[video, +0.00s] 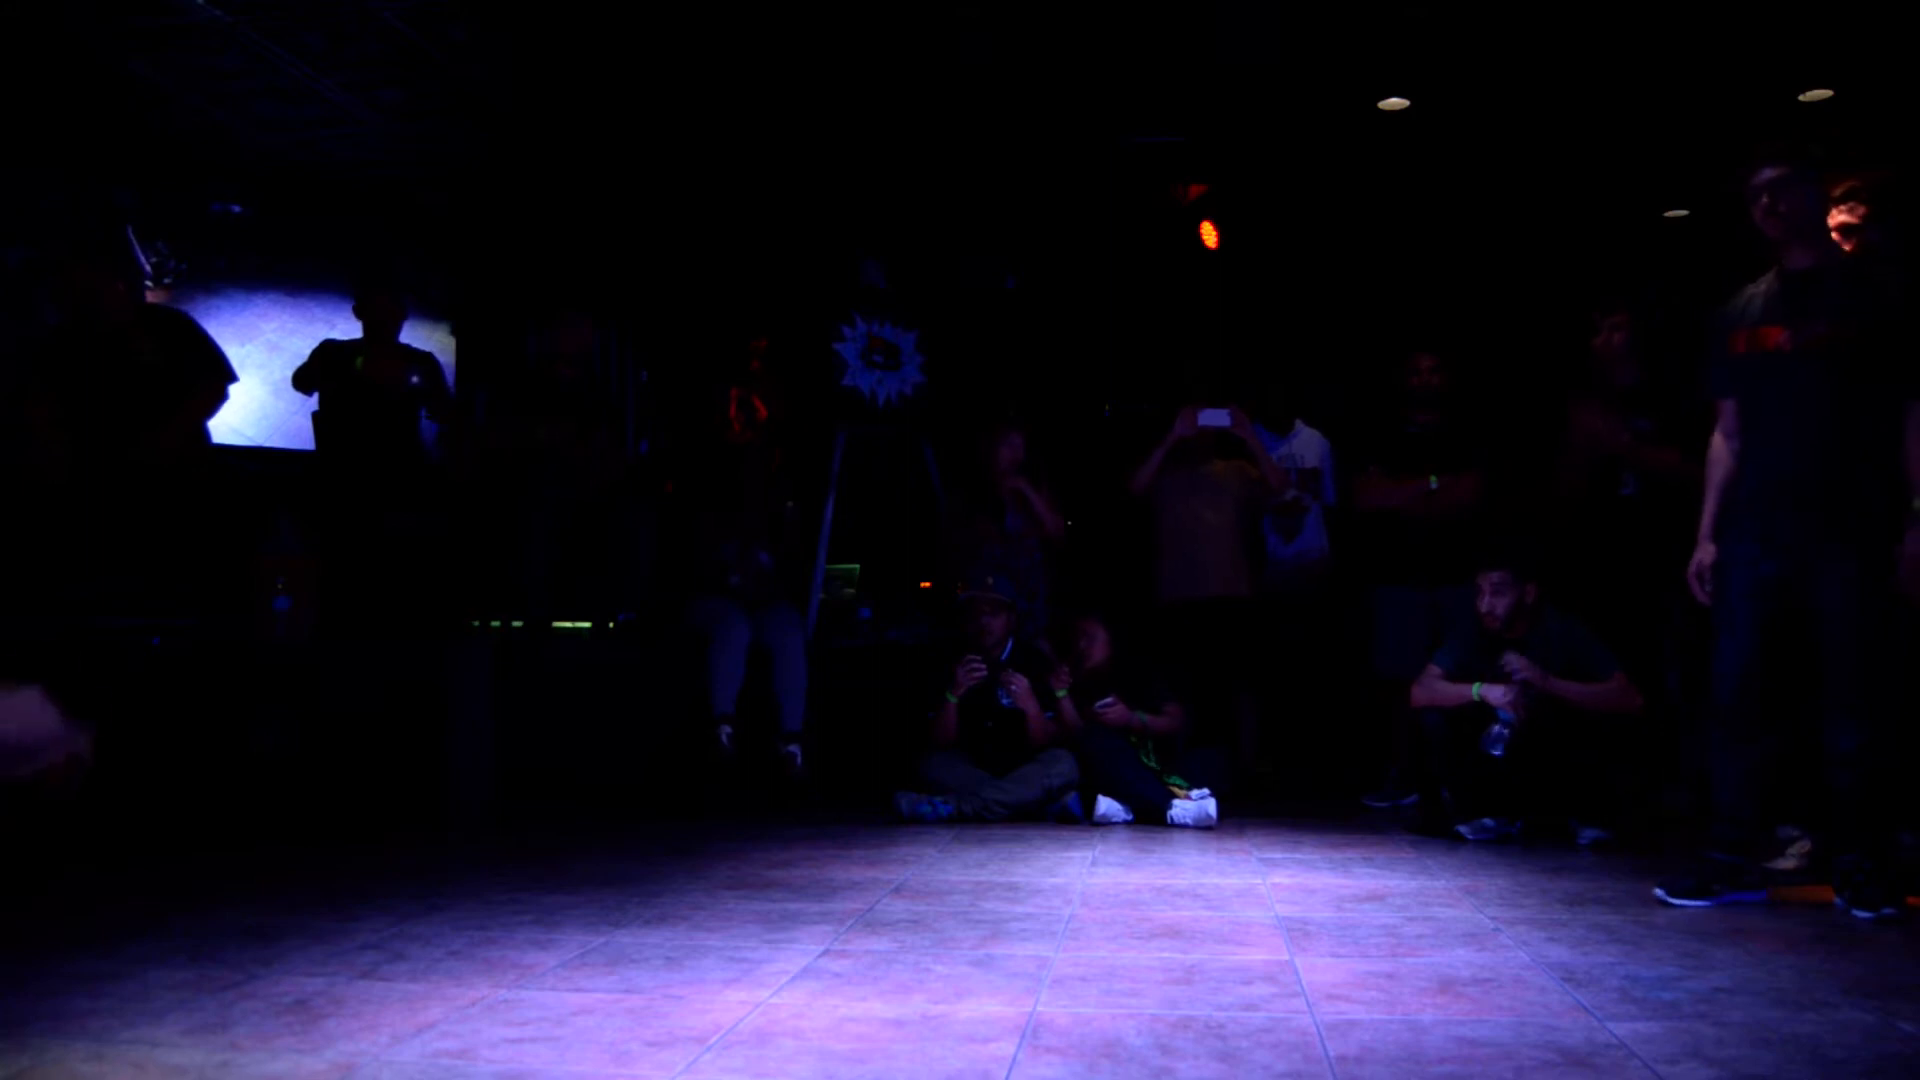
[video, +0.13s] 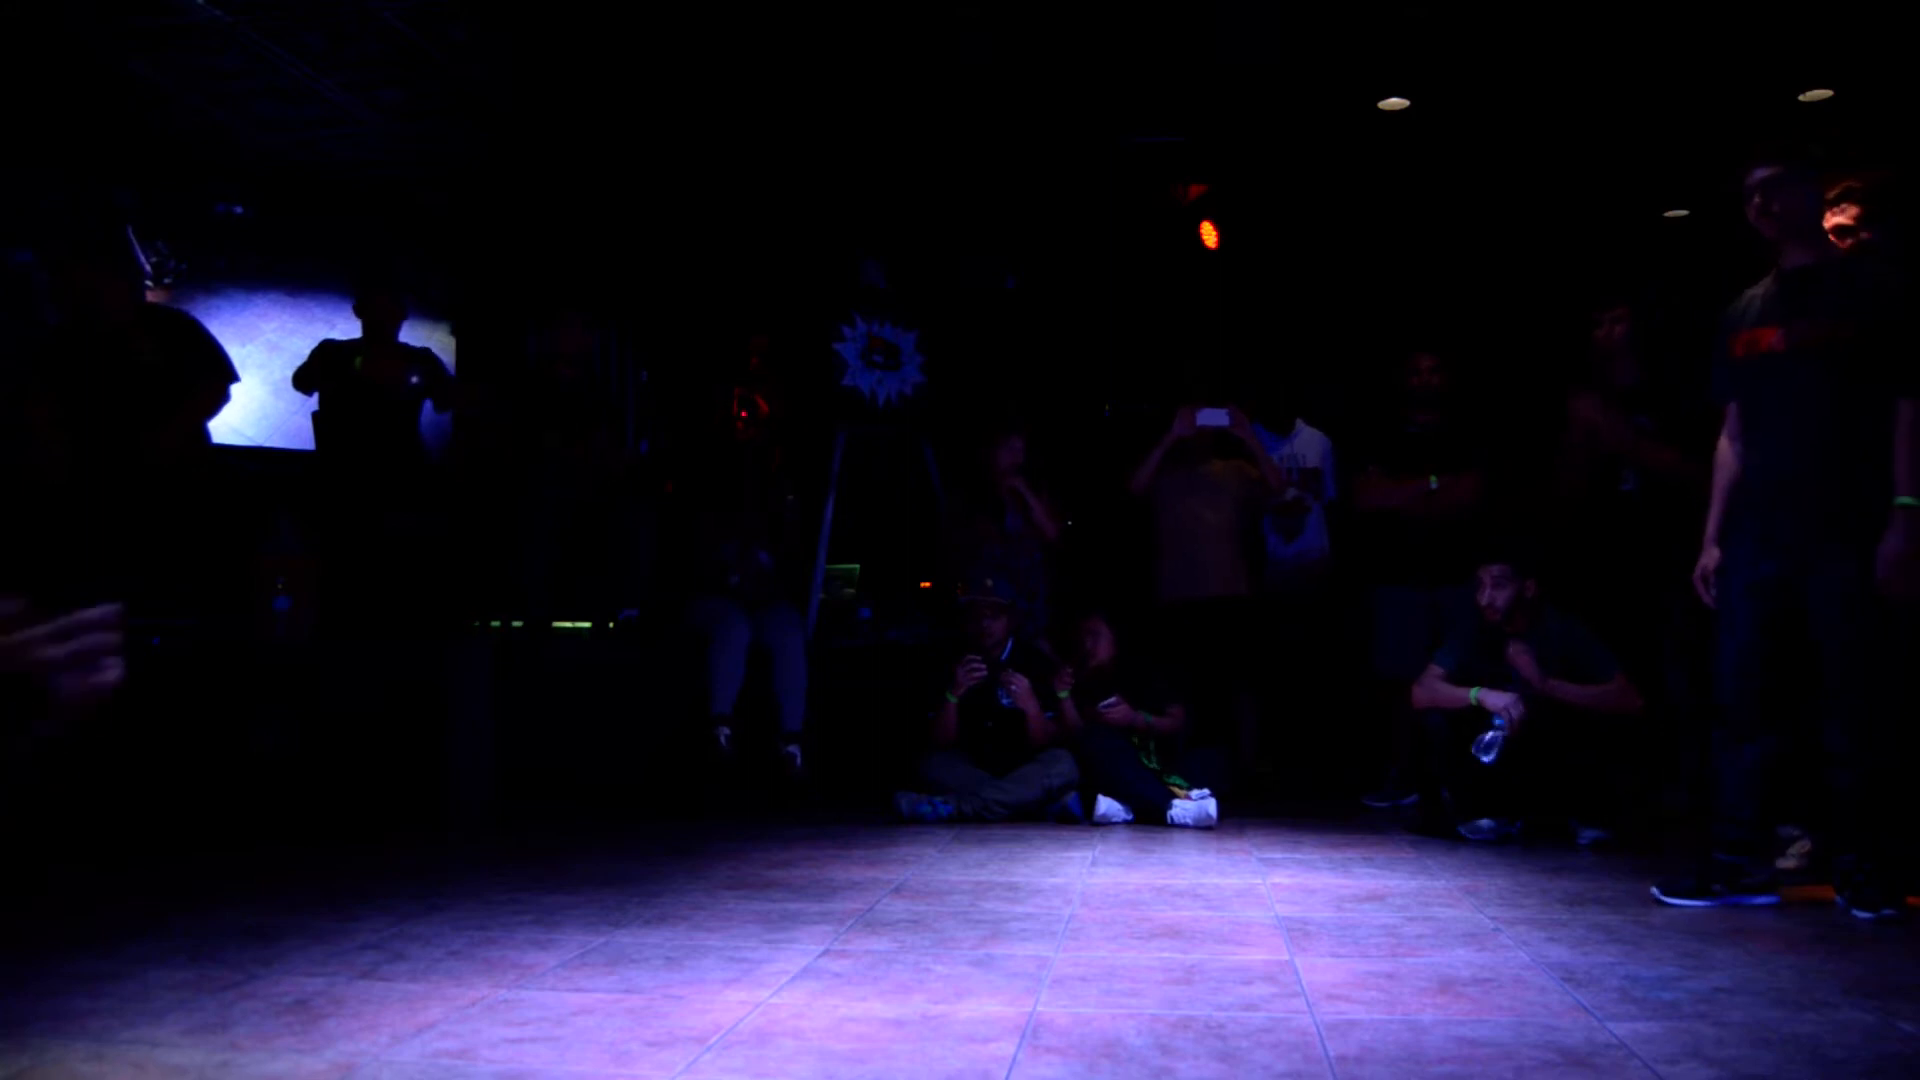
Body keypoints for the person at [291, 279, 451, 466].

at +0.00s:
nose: (384, 321)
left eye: (392, 311)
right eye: (376, 310)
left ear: (403, 315)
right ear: (358, 312)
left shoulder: (421, 363)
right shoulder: (332, 353)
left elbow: (443, 414)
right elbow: (300, 383)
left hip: (401, 459)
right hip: (343, 456)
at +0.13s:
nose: (382, 321)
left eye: (390, 310)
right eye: (375, 309)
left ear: (402, 314)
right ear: (358, 310)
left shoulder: (420, 360)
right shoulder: (332, 353)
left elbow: (448, 400)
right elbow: (301, 383)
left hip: (401, 458)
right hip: (342, 456)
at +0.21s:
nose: (380, 319)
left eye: (388, 309)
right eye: (373, 308)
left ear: (400, 313)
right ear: (356, 309)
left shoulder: (416, 357)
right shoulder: (330, 353)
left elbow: (452, 391)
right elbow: (300, 384)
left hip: (401, 458)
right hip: (342, 458)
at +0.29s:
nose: (382, 319)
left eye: (390, 309)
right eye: (374, 309)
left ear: (401, 313)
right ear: (357, 310)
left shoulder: (416, 355)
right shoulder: (331, 353)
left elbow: (456, 378)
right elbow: (300, 385)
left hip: (401, 455)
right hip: (342, 456)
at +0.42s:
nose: (383, 320)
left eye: (391, 309)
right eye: (375, 309)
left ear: (403, 313)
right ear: (358, 311)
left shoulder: (414, 355)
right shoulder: (332, 354)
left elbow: (461, 354)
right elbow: (302, 387)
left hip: (401, 458)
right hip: (343, 458)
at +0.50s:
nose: (382, 319)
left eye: (390, 309)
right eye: (373, 308)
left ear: (400, 313)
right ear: (355, 311)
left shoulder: (411, 354)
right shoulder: (329, 355)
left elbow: (459, 354)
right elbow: (300, 389)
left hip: (399, 458)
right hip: (341, 458)